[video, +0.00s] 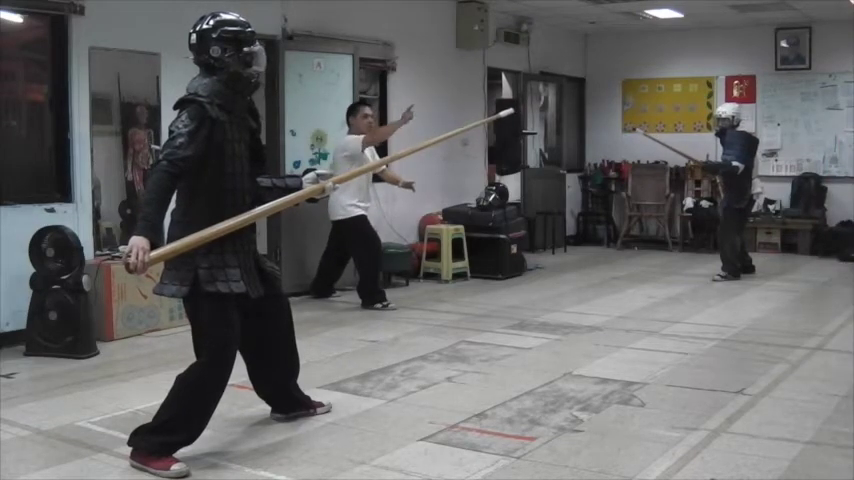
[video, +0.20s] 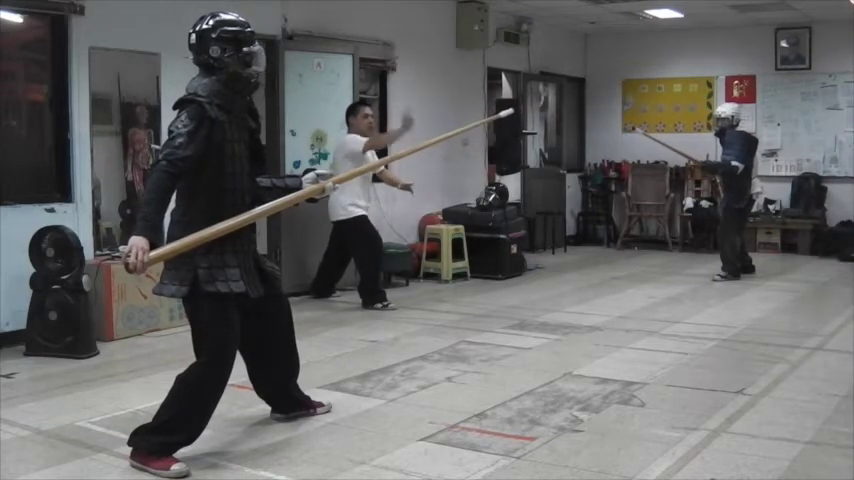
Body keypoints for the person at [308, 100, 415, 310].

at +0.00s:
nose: (371, 120)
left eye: (372, 117)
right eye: (365, 117)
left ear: (372, 120)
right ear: (351, 120)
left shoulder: (368, 149)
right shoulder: (345, 143)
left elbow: (382, 171)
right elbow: (375, 138)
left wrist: (400, 182)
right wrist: (400, 123)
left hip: (355, 207)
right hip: (345, 208)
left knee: (337, 251)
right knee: (370, 246)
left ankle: (321, 288)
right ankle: (371, 298)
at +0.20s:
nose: (372, 120)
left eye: (372, 117)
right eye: (366, 117)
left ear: (373, 120)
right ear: (352, 121)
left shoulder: (367, 149)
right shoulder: (348, 141)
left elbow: (382, 172)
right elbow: (376, 142)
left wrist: (399, 184)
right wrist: (401, 130)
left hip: (355, 207)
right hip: (345, 208)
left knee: (338, 252)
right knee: (371, 245)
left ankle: (320, 289)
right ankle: (372, 298)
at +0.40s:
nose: (369, 118)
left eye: (369, 115)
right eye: (363, 115)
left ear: (367, 119)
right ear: (349, 119)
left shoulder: (361, 147)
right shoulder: (348, 140)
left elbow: (377, 173)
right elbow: (372, 145)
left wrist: (397, 187)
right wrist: (397, 132)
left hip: (351, 208)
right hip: (345, 208)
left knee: (356, 247)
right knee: (372, 244)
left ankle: (327, 282)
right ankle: (372, 297)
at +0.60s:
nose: (353, 116)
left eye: (354, 112)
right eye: (348, 112)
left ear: (354, 117)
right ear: (335, 118)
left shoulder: (350, 145)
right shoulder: (331, 144)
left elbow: (359, 179)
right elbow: (327, 179)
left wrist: (373, 204)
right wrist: (337, 210)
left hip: (351, 210)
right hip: (336, 211)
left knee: (350, 254)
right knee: (356, 254)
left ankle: (326, 289)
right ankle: (371, 297)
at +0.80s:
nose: (340, 111)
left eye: (341, 107)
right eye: (335, 107)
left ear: (340, 111)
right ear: (322, 112)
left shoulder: (342, 139)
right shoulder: (313, 137)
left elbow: (344, 169)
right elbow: (300, 169)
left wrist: (348, 190)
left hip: (337, 202)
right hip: (316, 203)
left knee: (335, 247)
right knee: (328, 247)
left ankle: (321, 289)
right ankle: (337, 293)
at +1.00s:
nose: (322, 112)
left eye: (323, 107)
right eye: (317, 107)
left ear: (322, 110)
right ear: (304, 110)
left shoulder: (322, 139)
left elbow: (335, 171)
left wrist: (355, 180)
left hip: (320, 208)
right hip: (298, 209)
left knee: (325, 250)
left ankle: (328, 289)